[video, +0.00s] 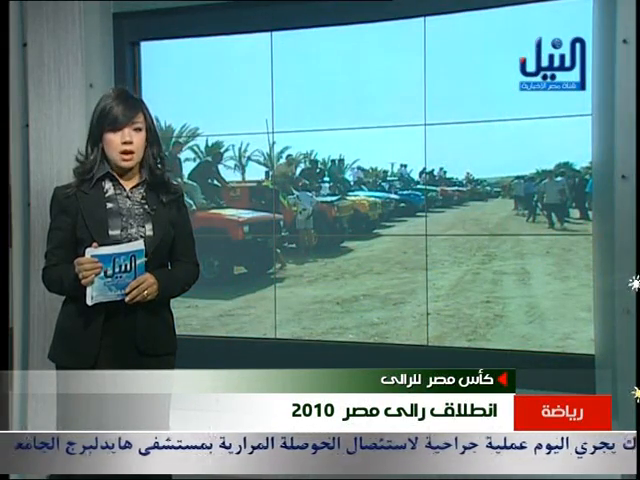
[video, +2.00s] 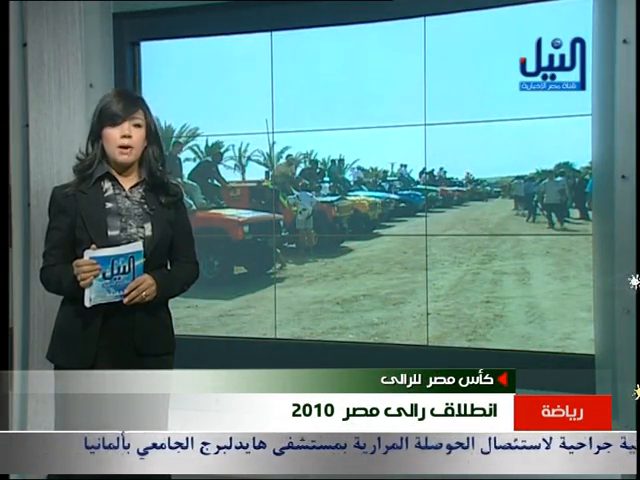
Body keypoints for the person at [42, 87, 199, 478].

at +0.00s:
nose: (127, 139)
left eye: (136, 129)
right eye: (116, 129)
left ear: (148, 137)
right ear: (100, 138)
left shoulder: (169, 196)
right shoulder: (70, 198)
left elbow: (188, 267)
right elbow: (52, 274)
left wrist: (161, 282)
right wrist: (76, 274)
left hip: (150, 349)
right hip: (85, 350)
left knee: (149, 452)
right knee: (81, 452)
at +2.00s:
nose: (125, 135)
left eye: (135, 125)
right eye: (115, 126)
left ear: (148, 136)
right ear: (99, 136)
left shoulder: (168, 197)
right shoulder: (69, 198)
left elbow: (188, 266)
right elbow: (50, 272)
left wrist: (160, 283)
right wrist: (73, 276)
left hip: (148, 348)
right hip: (83, 348)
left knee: (148, 452)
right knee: (80, 452)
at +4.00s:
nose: (118, 138)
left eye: (128, 128)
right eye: (107, 129)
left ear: (141, 136)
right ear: (92, 137)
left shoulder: (164, 194)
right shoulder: (65, 197)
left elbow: (185, 265)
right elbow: (46, 273)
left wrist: (156, 281)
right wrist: (70, 274)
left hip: (145, 348)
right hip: (80, 349)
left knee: (145, 452)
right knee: (77, 452)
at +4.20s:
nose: (122, 136)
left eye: (131, 127)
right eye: (111, 127)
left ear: (143, 136)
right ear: (94, 136)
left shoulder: (165, 195)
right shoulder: (66, 197)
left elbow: (185, 265)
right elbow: (47, 273)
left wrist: (157, 281)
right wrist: (71, 275)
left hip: (146, 347)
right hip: (81, 348)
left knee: (145, 451)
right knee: (78, 452)